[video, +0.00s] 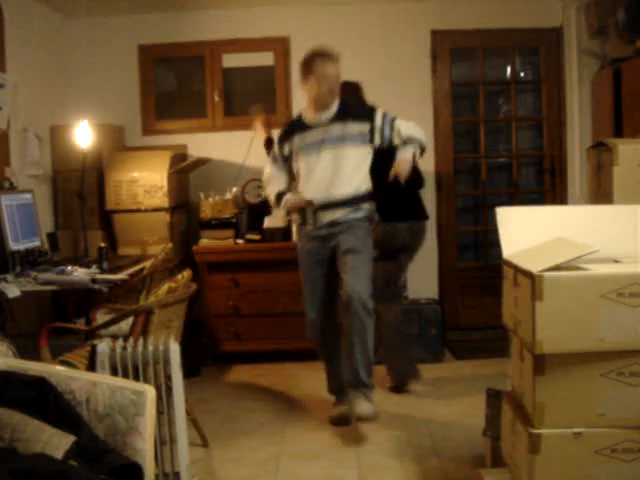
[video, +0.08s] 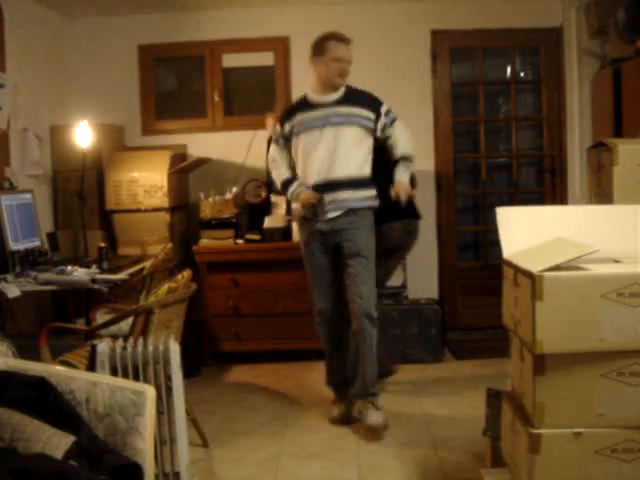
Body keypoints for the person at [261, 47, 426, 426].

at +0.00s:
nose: (331, 87)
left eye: (335, 79)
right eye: (324, 80)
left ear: (342, 78)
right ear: (306, 81)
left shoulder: (363, 118)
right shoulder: (291, 133)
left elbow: (411, 132)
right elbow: (272, 174)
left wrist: (407, 153)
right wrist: (283, 197)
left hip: (353, 222)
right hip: (311, 230)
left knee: (356, 296)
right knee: (318, 315)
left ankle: (360, 389)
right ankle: (341, 395)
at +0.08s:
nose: (344, 70)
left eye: (348, 64)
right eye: (337, 63)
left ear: (351, 64)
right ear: (315, 62)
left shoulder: (369, 106)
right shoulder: (292, 115)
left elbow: (399, 139)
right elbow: (277, 160)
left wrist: (402, 173)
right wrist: (295, 190)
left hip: (358, 216)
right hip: (314, 222)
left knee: (363, 306)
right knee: (326, 310)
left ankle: (367, 397)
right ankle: (343, 395)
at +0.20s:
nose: (369, 79)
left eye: (371, 73)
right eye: (364, 71)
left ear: (365, 73)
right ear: (340, 68)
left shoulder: (372, 117)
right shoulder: (304, 115)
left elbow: (381, 170)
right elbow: (277, 162)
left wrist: (394, 203)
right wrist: (308, 191)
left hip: (367, 225)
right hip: (325, 227)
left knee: (371, 318)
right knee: (337, 318)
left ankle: (355, 397)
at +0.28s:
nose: (376, 89)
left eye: (378, 82)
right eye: (371, 81)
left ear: (367, 81)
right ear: (346, 76)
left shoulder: (373, 126)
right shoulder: (305, 122)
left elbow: (378, 179)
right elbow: (281, 173)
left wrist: (394, 207)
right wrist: (311, 193)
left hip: (369, 234)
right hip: (327, 236)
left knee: (374, 323)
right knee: (347, 321)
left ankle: (354, 397)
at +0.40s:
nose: (387, 108)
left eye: (388, 101)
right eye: (383, 100)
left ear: (367, 100)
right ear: (360, 97)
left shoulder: (376, 143)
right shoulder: (313, 135)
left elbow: (379, 196)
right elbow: (280, 186)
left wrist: (397, 200)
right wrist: (322, 199)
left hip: (371, 239)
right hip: (331, 239)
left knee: (393, 320)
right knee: (381, 288)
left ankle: (358, 397)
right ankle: (334, 310)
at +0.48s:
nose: (379, 91)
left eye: (380, 84)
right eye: (375, 83)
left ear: (358, 81)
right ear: (350, 79)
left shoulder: (372, 125)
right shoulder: (311, 121)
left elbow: (388, 173)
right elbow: (278, 175)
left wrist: (404, 164)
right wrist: (321, 185)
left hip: (365, 221)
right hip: (328, 221)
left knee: (371, 308)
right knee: (404, 239)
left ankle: (355, 396)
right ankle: (387, 324)